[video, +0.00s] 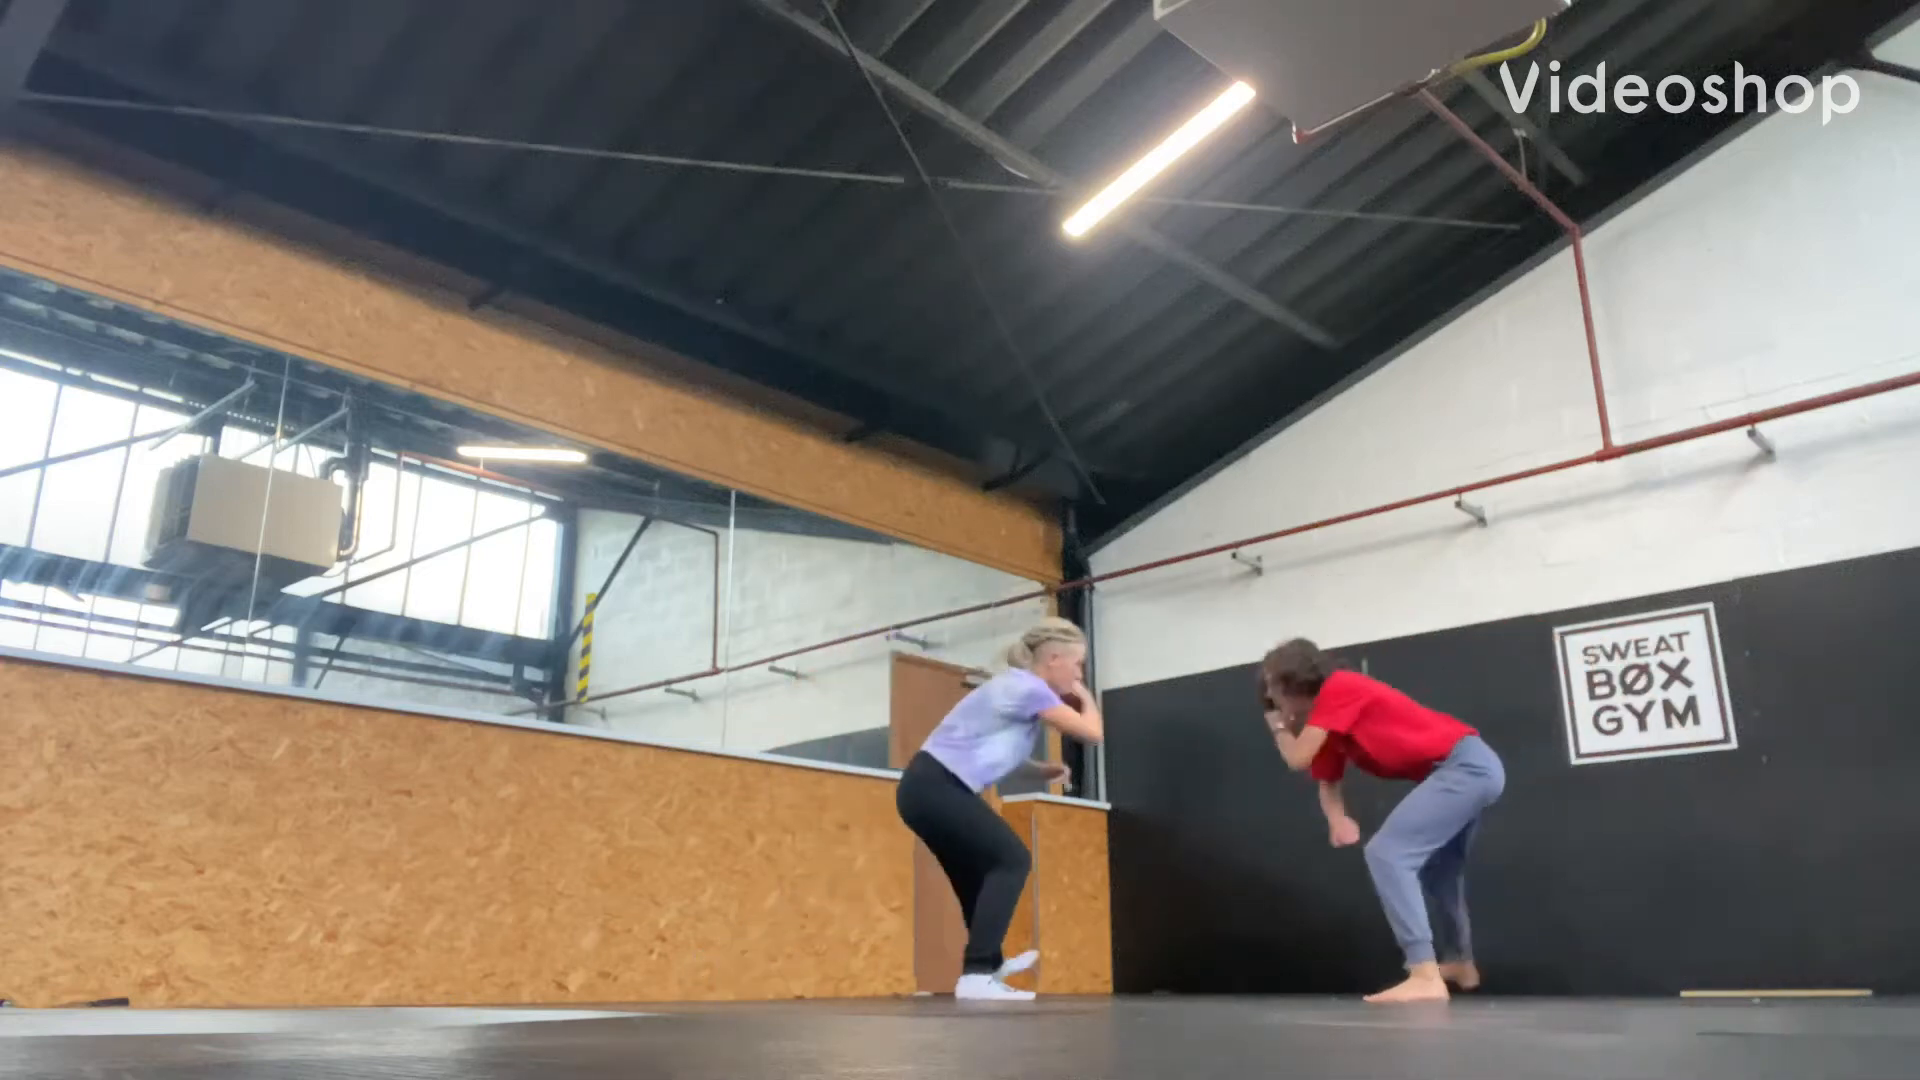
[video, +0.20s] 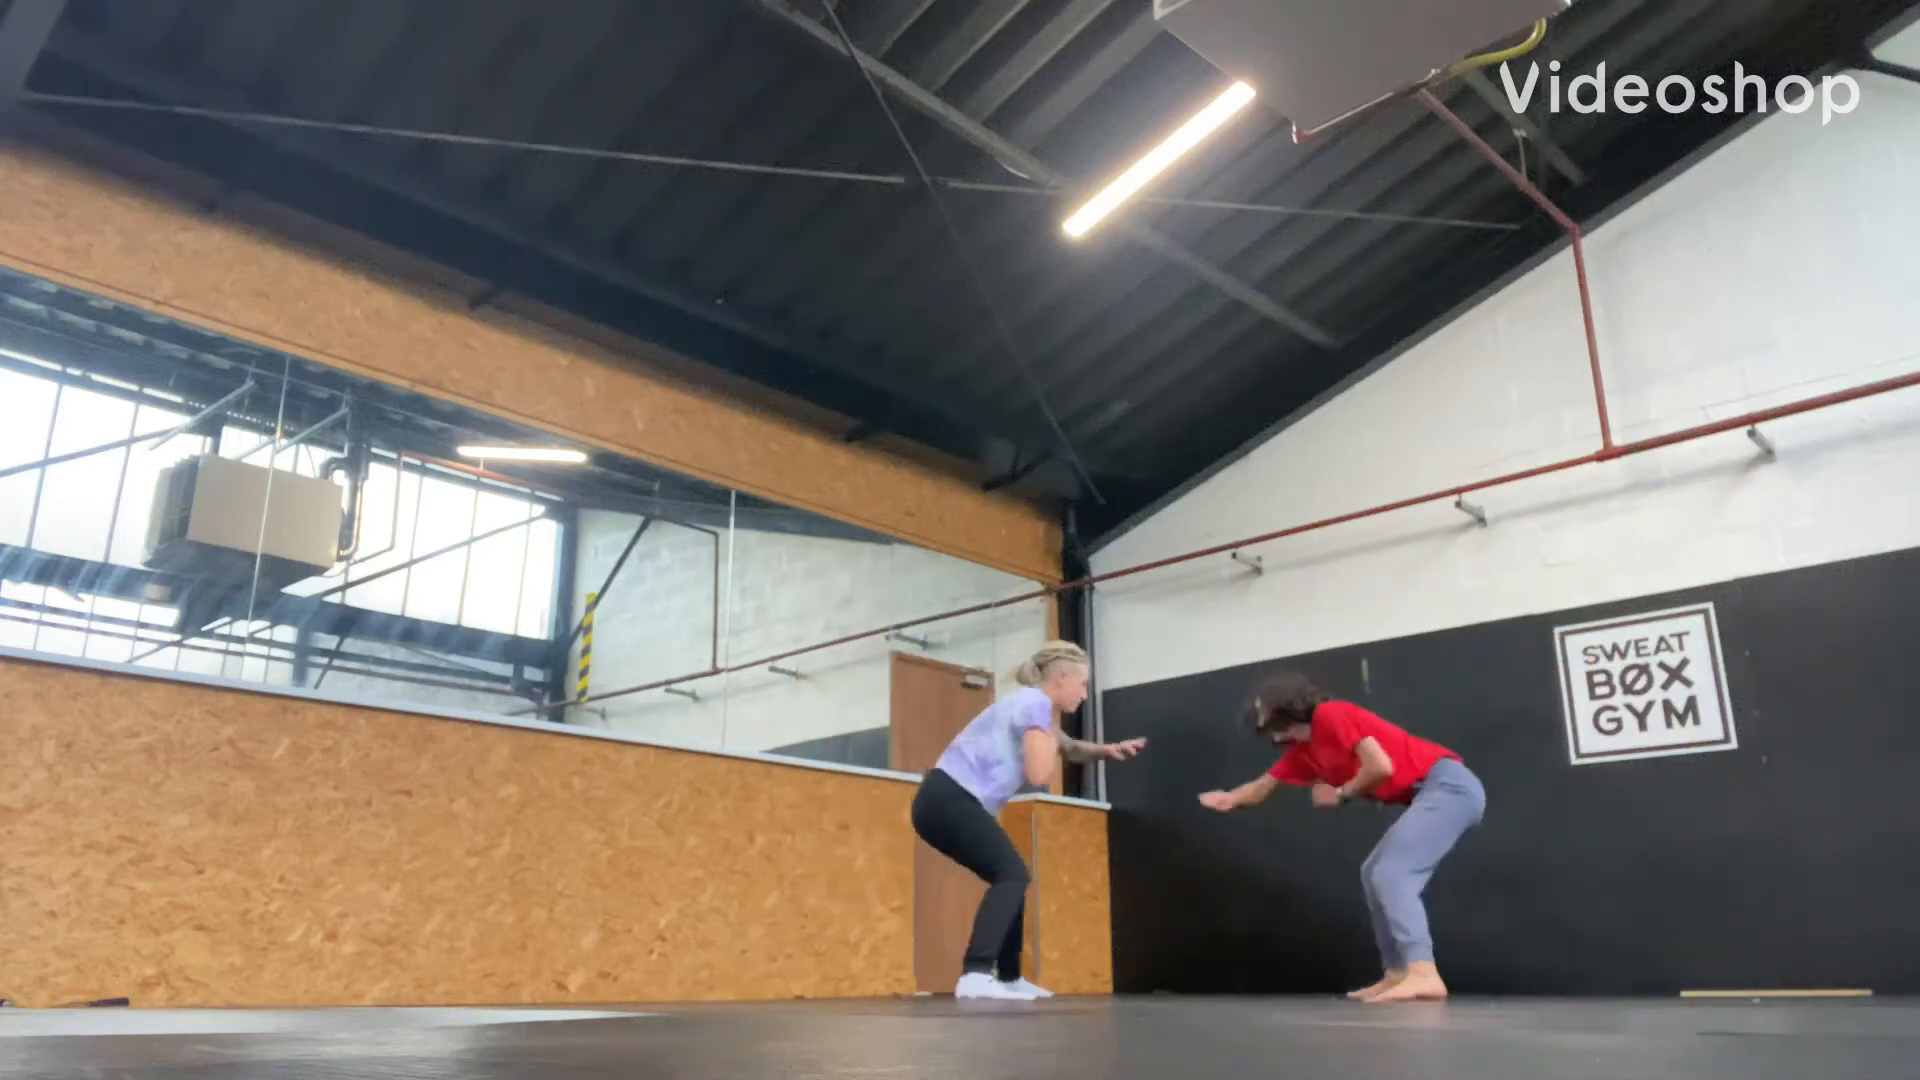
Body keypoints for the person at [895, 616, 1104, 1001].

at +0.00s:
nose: (1080, 675)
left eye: (1081, 666)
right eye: (1077, 664)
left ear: (1049, 662)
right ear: (1050, 662)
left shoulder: (1012, 689)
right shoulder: (1027, 687)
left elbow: (993, 756)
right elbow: (1092, 731)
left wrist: (1039, 770)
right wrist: (1083, 694)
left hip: (927, 787)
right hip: (936, 786)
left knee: (974, 879)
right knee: (1013, 859)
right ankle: (977, 977)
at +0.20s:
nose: (1085, 694)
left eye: (1087, 686)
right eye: (1083, 684)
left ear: (1056, 680)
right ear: (1059, 679)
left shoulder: (1036, 708)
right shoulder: (1034, 703)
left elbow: (1067, 746)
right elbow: (1037, 774)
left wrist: (1110, 750)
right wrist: (1050, 737)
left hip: (952, 801)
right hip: (945, 799)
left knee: (1014, 877)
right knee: (1011, 876)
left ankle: (1007, 978)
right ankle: (976, 977)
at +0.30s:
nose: (1093, 701)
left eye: (1095, 693)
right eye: (1091, 691)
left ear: (1065, 687)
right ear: (1068, 685)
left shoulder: (1044, 719)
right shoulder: (1036, 704)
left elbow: (1075, 745)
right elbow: (1013, 763)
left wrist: (1125, 748)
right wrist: (1040, 768)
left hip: (964, 802)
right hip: (944, 792)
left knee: (1012, 873)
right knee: (974, 870)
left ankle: (1009, 979)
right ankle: (966, 974)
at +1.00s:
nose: (998, 662)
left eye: (998, 654)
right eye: (994, 653)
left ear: (968, 655)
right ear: (973, 652)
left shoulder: (936, 687)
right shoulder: (957, 681)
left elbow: (890, 743)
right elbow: (974, 739)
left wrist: (861, 794)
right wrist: (988, 703)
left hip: (925, 807)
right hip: (903, 800)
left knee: (993, 870)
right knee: (869, 897)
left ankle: (1017, 974)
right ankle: (783, 970)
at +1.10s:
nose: (1013, 655)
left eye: (1013, 647)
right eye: (1010, 646)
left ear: (977, 647)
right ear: (991, 643)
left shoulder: (947, 684)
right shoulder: (987, 670)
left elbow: (902, 742)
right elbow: (1015, 727)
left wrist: (903, 789)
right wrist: (1009, 704)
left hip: (939, 794)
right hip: (926, 787)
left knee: (1000, 872)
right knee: (890, 886)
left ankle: (1019, 978)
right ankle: (800, 958)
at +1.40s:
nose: (1065, 657)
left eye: (1066, 648)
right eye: (1061, 647)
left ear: (1035, 647)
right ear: (1038, 643)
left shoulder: (1014, 678)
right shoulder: (1028, 671)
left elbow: (998, 761)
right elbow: (1064, 727)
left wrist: (1041, 777)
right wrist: (1076, 728)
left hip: (980, 789)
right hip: (964, 783)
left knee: (1032, 871)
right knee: (996, 868)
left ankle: (1022, 979)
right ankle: (924, 961)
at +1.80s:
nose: (978, 604)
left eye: (984, 594)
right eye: (977, 595)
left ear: (1011, 594)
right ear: (997, 598)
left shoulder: (1047, 639)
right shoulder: (995, 650)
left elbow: (1089, 691)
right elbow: (980, 682)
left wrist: (1074, 642)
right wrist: (938, 652)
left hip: (1038, 768)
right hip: (994, 770)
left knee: (1016, 871)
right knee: (982, 872)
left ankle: (1084, 942)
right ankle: (1009, 978)